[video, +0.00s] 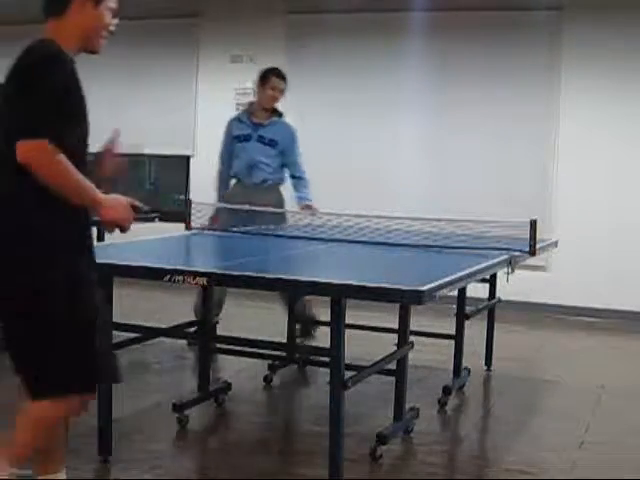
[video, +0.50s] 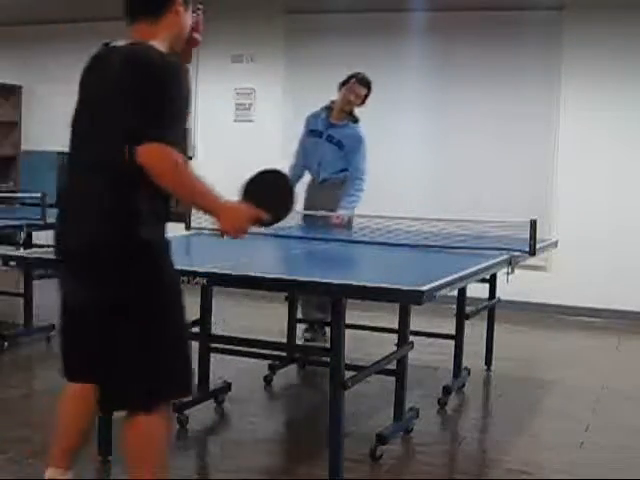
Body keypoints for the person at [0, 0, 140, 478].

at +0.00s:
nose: (111, 25)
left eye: (114, 17)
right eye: (109, 13)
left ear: (77, 11)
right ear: (79, 8)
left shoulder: (51, 64)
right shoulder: (46, 62)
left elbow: (42, 158)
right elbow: (34, 148)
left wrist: (94, 169)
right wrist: (98, 200)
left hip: (48, 247)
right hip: (38, 250)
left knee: (56, 381)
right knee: (73, 386)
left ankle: (51, 472)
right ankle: (10, 466)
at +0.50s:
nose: (194, 22)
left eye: (195, 14)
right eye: (193, 11)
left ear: (136, 13)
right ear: (177, 10)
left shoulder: (101, 62)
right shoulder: (159, 67)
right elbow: (156, 154)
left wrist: (181, 54)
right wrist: (221, 208)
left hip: (81, 241)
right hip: (131, 246)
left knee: (85, 372)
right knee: (152, 389)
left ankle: (56, 471)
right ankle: (146, 475)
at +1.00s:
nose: (205, 13)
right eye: (204, 8)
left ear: (142, 12)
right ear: (200, 12)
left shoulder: (105, 46)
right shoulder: (212, 65)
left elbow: (66, 1)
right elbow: (294, 62)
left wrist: (122, 11)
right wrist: (312, 38)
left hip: (89, 246)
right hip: (155, 254)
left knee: (72, 359)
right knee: (161, 389)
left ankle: (32, 458)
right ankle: (150, 474)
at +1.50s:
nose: (147, 123)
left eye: (147, 114)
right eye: (147, 114)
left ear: (92, 111)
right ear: (135, 114)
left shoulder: (46, 147)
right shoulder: (142, 167)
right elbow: (199, 218)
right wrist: (207, 185)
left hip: (12, 296)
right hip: (77, 305)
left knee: (26, 366)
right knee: (165, 392)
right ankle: (148, 474)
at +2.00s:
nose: (148, 110)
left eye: (150, 101)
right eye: (148, 100)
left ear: (92, 98)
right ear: (134, 102)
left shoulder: (43, 133)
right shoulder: (145, 155)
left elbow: (1, 184)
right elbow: (196, 215)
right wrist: (209, 186)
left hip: (15, 288)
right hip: (83, 295)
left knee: (20, 365)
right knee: (161, 389)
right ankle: (148, 473)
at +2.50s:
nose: (144, 111)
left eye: (146, 102)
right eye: (144, 101)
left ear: (88, 98)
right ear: (129, 102)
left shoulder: (38, 134)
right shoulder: (139, 155)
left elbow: (2, 185)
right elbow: (190, 217)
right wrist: (205, 188)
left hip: (12, 288)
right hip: (78, 295)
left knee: (16, 365)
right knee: (160, 389)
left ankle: (0, 453)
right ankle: (148, 473)